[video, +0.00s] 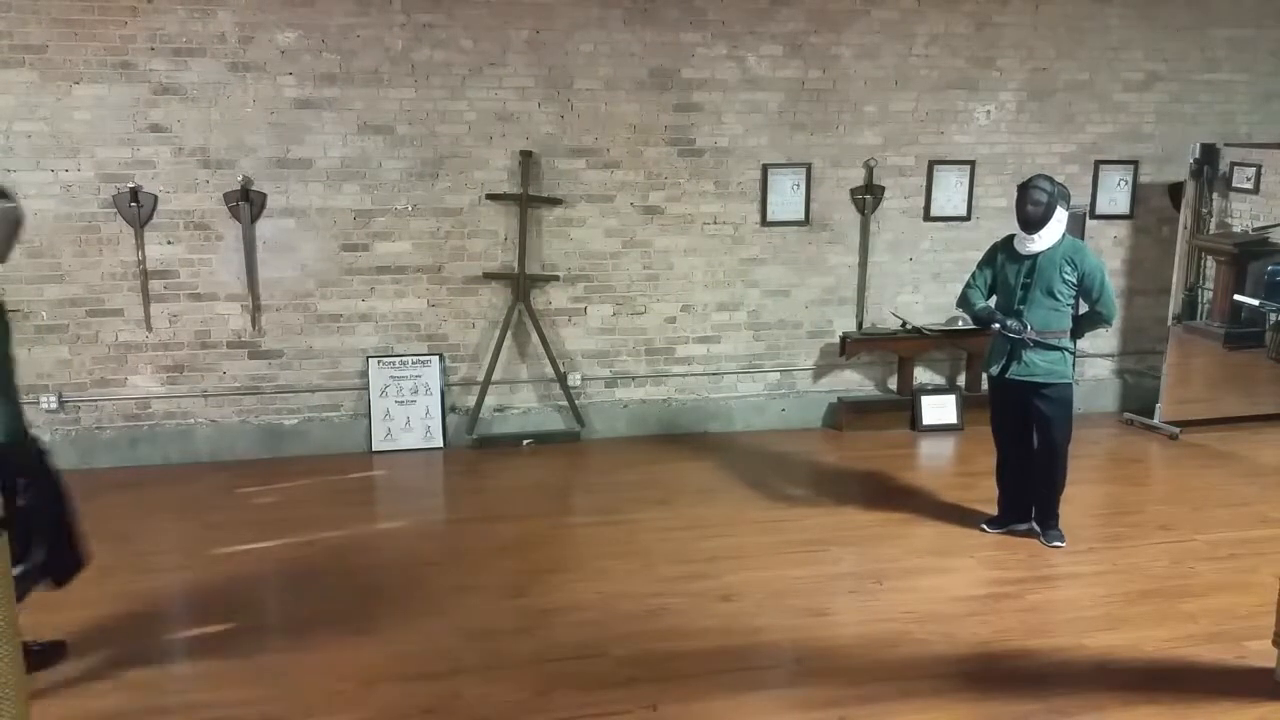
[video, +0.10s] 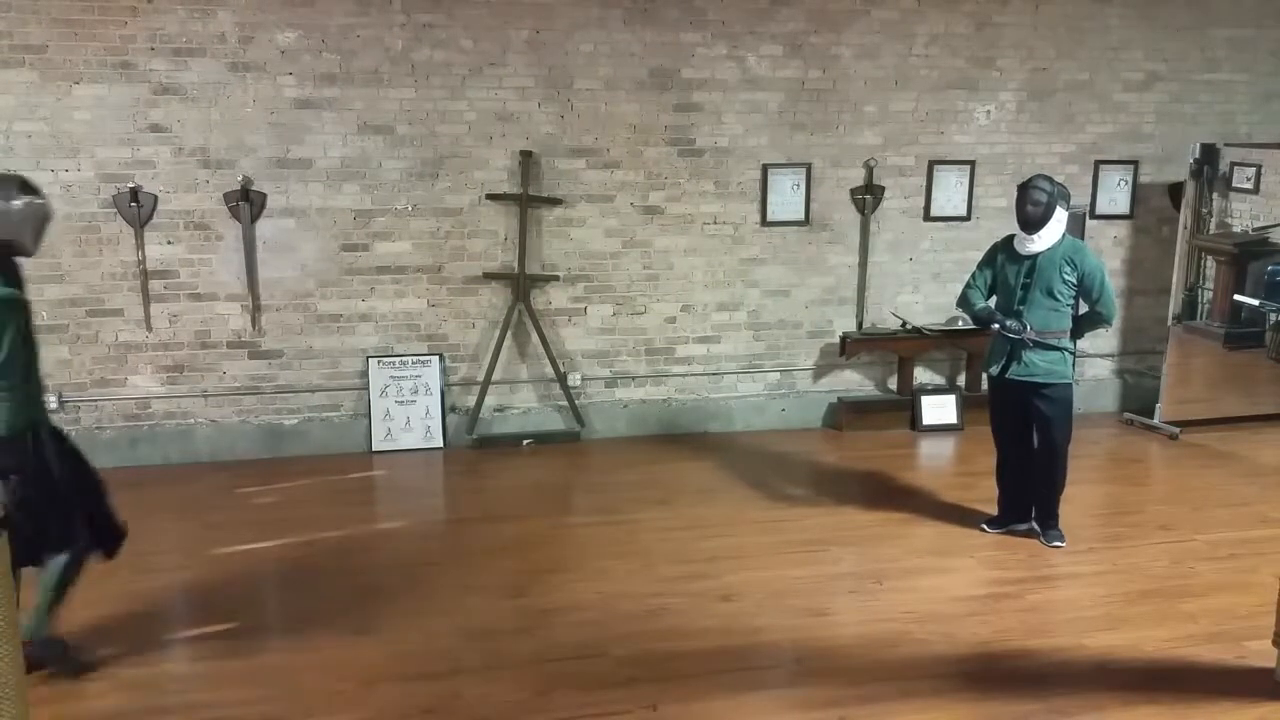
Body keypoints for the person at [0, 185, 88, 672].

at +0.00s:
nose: (14, 237)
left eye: (14, 227)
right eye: (12, 226)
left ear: (12, 229)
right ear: (7, 228)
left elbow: (9, 396)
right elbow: (7, 402)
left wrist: (21, 454)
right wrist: (19, 458)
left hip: (14, 444)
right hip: (12, 448)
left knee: (36, 546)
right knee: (45, 550)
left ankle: (11, 643)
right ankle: (10, 642)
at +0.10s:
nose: (37, 232)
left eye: (37, 221)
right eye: (31, 221)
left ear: (8, 225)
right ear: (12, 224)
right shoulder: (7, 291)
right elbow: (14, 383)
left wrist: (35, 445)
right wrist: (15, 458)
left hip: (25, 437)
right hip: (20, 442)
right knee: (81, 524)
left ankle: (36, 633)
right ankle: (37, 632)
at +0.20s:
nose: (65, 234)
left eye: (65, 224)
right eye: (59, 224)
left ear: (17, 227)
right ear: (38, 229)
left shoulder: (20, 288)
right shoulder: (21, 299)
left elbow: (26, 378)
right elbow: (15, 383)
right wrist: (16, 457)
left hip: (27, 437)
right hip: (41, 439)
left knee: (16, 542)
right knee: (103, 515)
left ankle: (9, 641)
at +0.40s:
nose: (118, 235)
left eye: (117, 225)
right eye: (112, 226)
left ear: (69, 228)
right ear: (94, 230)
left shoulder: (49, 286)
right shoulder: (83, 295)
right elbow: (72, 376)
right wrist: (61, 447)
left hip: (53, 428)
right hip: (96, 429)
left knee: (45, 531)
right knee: (151, 511)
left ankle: (16, 638)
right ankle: (188, 601)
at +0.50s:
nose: (147, 227)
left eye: (146, 218)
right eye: (141, 218)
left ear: (97, 224)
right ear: (121, 223)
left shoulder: (73, 278)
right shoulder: (116, 288)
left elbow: (72, 349)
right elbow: (114, 369)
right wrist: (112, 438)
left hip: (86, 418)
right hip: (130, 420)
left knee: (94, 516)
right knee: (173, 502)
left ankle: (40, 612)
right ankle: (191, 600)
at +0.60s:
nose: (172, 219)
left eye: (170, 210)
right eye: (166, 211)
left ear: (122, 215)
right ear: (147, 215)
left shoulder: (96, 267)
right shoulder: (141, 278)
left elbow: (93, 342)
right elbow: (153, 357)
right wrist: (174, 410)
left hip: (111, 404)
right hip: (148, 405)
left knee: (137, 506)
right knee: (180, 503)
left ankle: (88, 585)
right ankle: (191, 601)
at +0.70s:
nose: (189, 216)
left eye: (188, 207)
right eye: (182, 208)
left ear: (137, 211)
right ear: (165, 211)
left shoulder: (116, 262)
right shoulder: (161, 274)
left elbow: (114, 338)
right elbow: (195, 355)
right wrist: (242, 415)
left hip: (133, 395)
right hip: (168, 398)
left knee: (165, 490)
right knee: (188, 493)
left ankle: (148, 580)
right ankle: (192, 601)